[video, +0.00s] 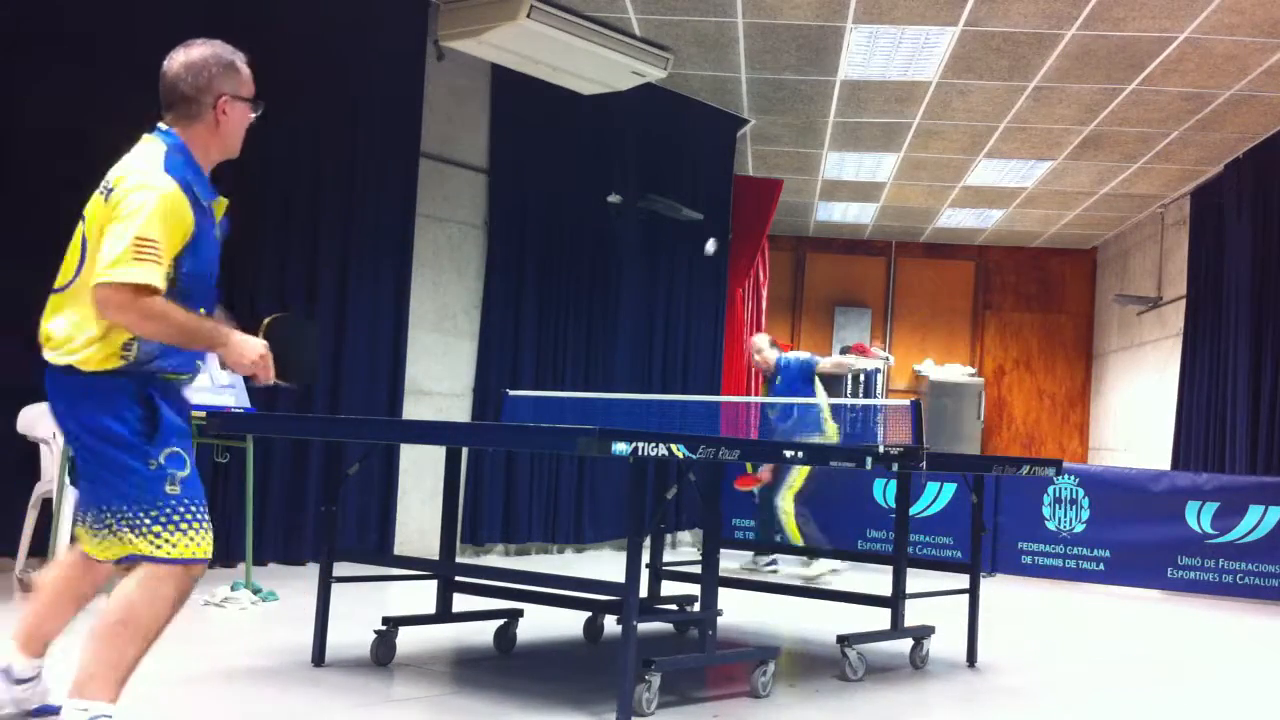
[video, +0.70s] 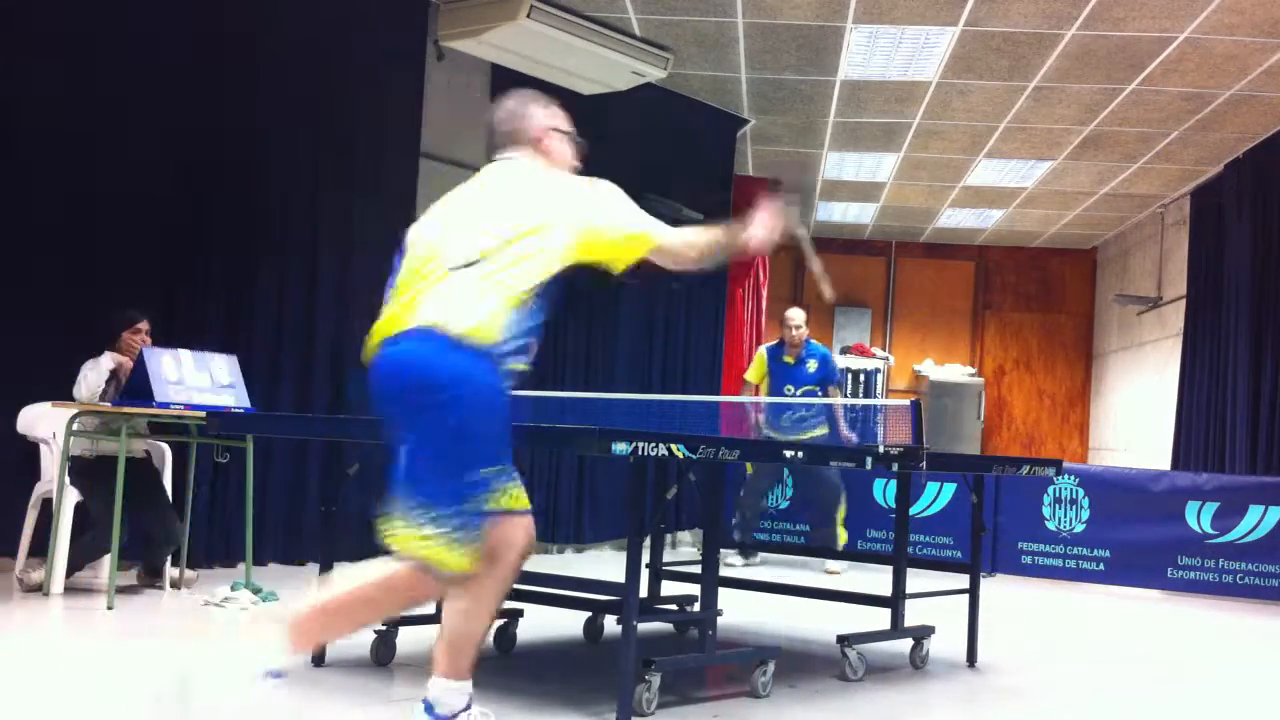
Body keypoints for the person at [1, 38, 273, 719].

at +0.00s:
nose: (252, 117)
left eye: (252, 104)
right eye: (248, 103)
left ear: (192, 106)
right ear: (221, 109)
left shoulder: (164, 169)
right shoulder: (159, 182)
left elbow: (160, 294)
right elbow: (119, 299)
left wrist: (224, 339)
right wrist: (227, 339)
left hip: (108, 377)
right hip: (113, 381)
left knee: (108, 539)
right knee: (179, 551)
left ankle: (15, 671)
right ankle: (87, 708)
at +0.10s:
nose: (278, 115)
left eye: (277, 102)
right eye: (271, 100)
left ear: (228, 103)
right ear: (234, 102)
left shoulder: (235, 181)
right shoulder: (146, 178)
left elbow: (255, 279)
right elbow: (96, 297)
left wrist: (284, 334)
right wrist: (211, 358)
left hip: (183, 378)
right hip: (120, 374)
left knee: (188, 548)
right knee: (168, 546)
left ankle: (82, 665)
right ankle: (84, 702)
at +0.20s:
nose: (314, 121)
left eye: (313, 106)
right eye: (305, 106)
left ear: (266, 110)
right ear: (265, 109)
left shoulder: (282, 187)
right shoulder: (159, 183)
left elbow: (337, 268)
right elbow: (90, 288)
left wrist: (348, 317)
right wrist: (166, 382)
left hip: (225, 392)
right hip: (143, 386)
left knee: (261, 539)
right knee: (178, 553)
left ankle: (164, 660)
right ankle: (81, 705)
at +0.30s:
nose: (357, 129)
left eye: (356, 115)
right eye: (347, 114)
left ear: (308, 120)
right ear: (304, 118)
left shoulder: (331, 197)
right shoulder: (195, 190)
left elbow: (403, 261)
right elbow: (106, 282)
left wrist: (422, 303)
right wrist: (134, 378)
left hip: (277, 409)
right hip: (197, 405)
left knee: (332, 541)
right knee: (189, 565)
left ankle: (265, 672)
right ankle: (89, 706)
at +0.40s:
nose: (408, 139)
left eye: (406, 124)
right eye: (398, 124)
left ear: (360, 134)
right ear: (352, 132)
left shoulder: (383, 213)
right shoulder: (251, 195)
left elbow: (458, 270)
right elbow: (152, 260)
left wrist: (477, 294)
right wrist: (168, 319)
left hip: (323, 421)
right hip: (234, 418)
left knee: (405, 542)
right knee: (207, 587)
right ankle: (100, 707)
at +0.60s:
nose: (532, 142)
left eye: (528, 128)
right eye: (519, 128)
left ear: (478, 141)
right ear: (483, 138)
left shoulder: (466, 207)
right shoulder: (443, 197)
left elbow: (399, 316)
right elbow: (517, 258)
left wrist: (472, 350)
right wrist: (568, 179)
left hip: (415, 407)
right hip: (370, 396)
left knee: (502, 552)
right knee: (336, 592)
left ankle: (437, 707)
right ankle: (166, 683)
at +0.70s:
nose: (577, 150)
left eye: (573, 137)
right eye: (568, 137)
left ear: (510, 144)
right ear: (543, 138)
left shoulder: (454, 200)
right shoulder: (570, 192)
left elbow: (404, 297)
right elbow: (676, 250)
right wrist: (748, 233)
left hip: (398, 363)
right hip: (457, 365)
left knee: (508, 532)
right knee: (444, 568)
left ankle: (446, 699)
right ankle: (282, 634)